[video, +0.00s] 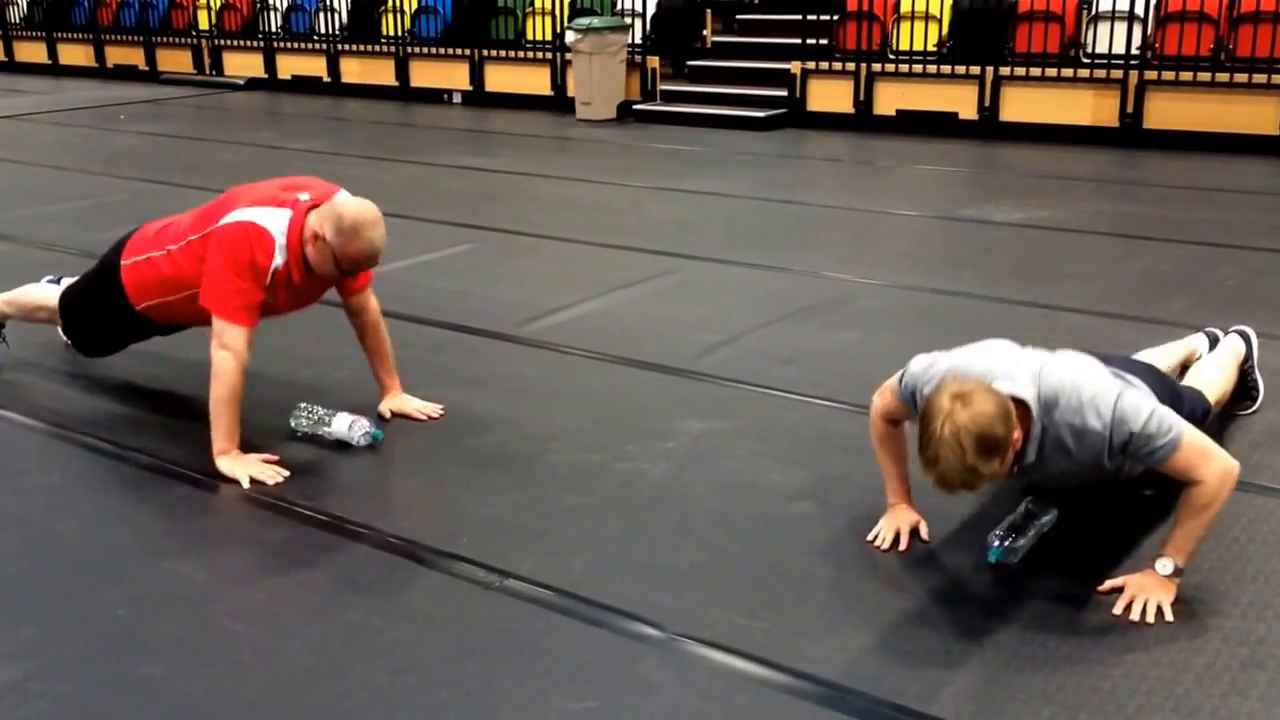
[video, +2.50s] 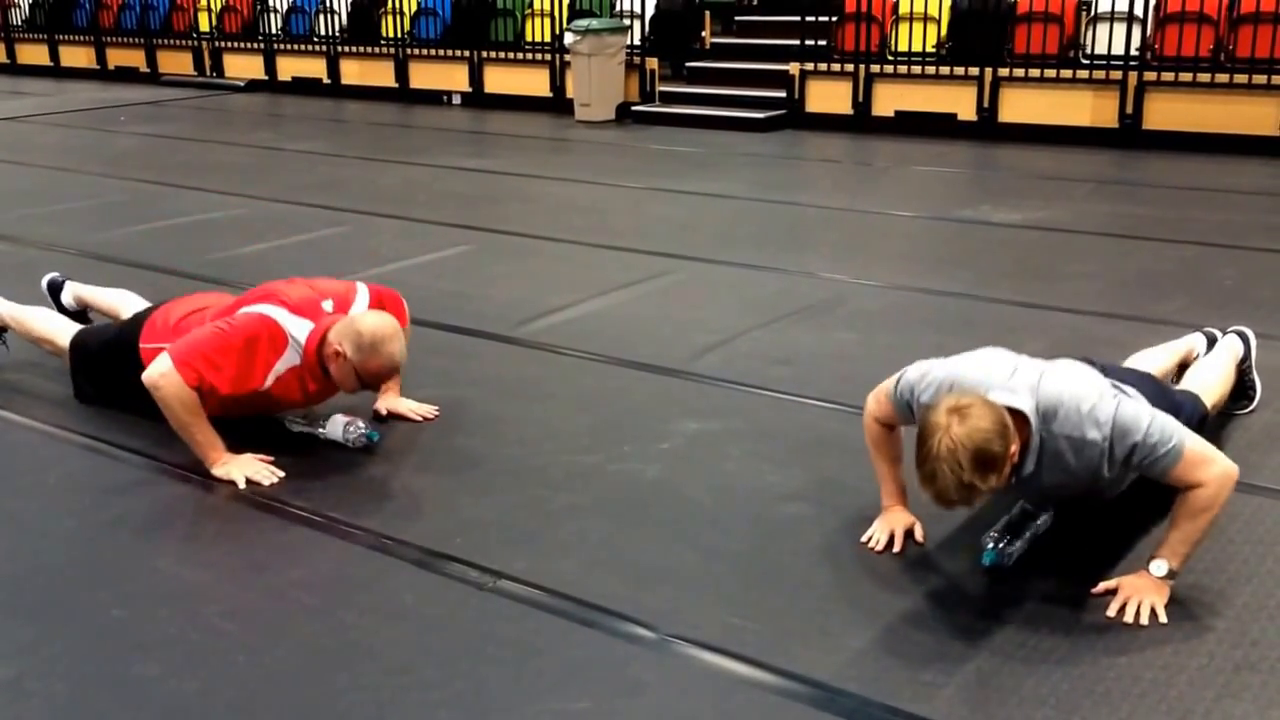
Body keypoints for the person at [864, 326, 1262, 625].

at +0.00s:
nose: (986, 487)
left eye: (990, 477)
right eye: (968, 481)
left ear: (1014, 439)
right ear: (936, 431)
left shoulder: (1104, 413)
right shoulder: (937, 377)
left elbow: (1219, 471)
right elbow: (883, 409)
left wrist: (1165, 571)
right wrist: (898, 503)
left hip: (1142, 400)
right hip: (1087, 372)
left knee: (1195, 397)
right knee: (1138, 369)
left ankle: (1236, 346)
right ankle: (1200, 341)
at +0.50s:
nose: (992, 386)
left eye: (1003, 375)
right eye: (980, 378)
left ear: (1035, 336)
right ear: (953, 341)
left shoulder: (1122, 334)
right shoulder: (945, 315)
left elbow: (1169, 454)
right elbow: (911, 406)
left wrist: (1161, 569)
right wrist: (899, 502)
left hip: (1148, 377)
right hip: (1064, 400)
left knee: (1198, 385)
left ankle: (1236, 351)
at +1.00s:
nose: (988, 488)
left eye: (991, 478)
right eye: (969, 485)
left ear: (1013, 438)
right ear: (935, 431)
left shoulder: (1105, 413)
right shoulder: (939, 376)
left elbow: (1217, 473)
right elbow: (880, 409)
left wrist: (1162, 572)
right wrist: (896, 502)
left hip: (1142, 405)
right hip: (1088, 379)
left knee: (1194, 398)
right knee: (1135, 373)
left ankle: (1235, 346)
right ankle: (1199, 340)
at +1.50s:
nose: (979, 483)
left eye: (984, 475)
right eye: (962, 478)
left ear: (1009, 432)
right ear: (932, 427)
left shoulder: (1100, 407)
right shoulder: (930, 372)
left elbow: (1210, 469)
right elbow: (880, 412)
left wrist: (1158, 572)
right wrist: (893, 503)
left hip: (1137, 398)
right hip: (1087, 372)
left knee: (1193, 393)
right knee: (1133, 365)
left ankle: (1235, 346)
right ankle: (1201, 339)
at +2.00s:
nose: (984, 395)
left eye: (994, 383)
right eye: (970, 386)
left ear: (1026, 340)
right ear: (946, 349)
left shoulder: (1115, 338)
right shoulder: (939, 317)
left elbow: (1164, 455)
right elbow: (906, 408)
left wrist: (1155, 569)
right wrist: (895, 504)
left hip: (1145, 376)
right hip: (1059, 399)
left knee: (1195, 379)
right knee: (1114, 425)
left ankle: (1234, 349)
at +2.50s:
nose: (987, 494)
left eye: (989, 485)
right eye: (974, 491)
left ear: (1013, 447)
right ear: (933, 433)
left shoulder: (1103, 421)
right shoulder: (940, 382)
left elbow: (1217, 475)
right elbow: (877, 410)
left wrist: (1158, 573)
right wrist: (893, 504)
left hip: (1136, 404)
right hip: (1072, 376)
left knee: (1192, 400)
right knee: (1131, 375)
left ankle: (1233, 346)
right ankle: (1195, 341)